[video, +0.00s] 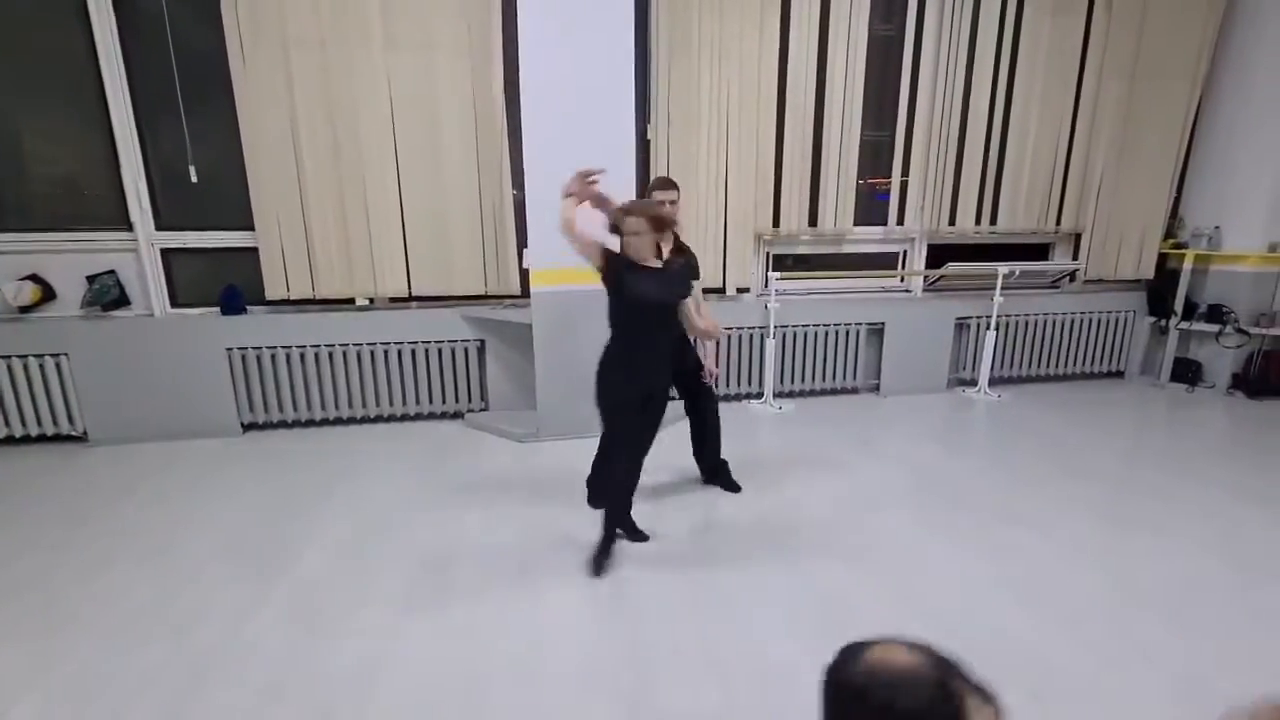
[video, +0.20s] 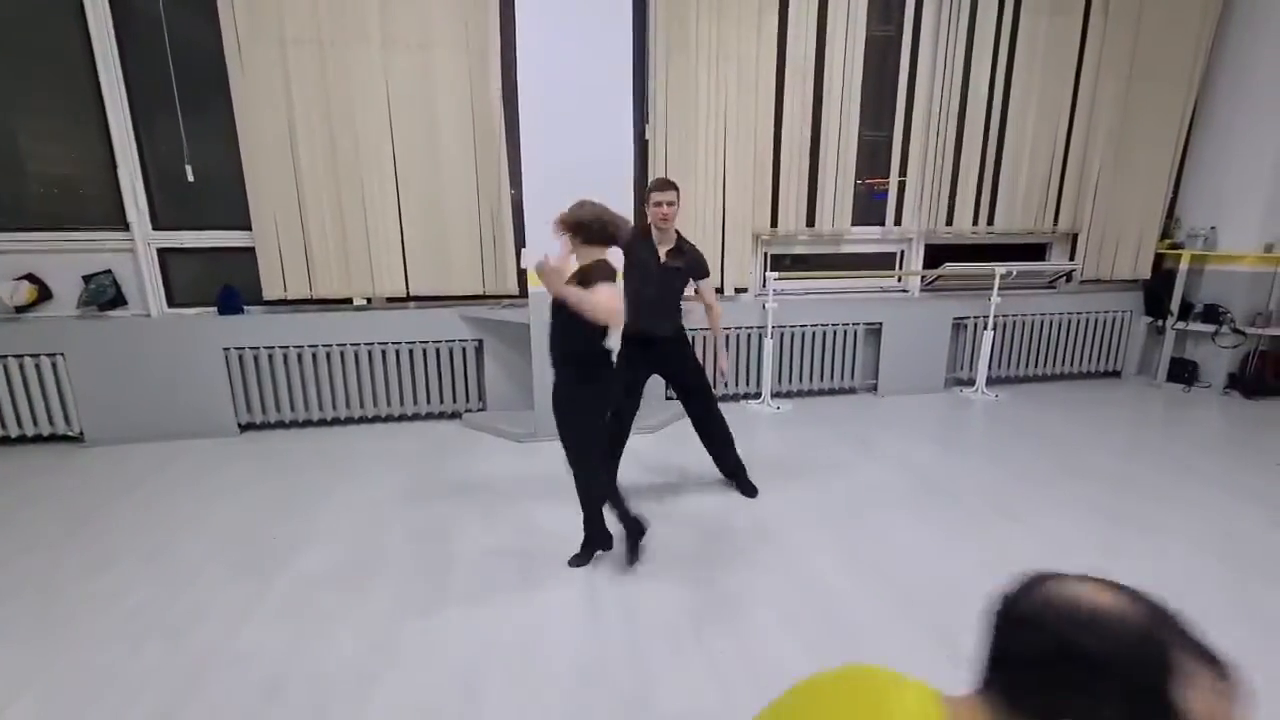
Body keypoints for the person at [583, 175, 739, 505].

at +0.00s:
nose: (668, 209)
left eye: (674, 202)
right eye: (661, 203)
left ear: (680, 205)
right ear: (648, 206)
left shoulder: (684, 255)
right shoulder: (634, 244)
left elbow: (696, 306)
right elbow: (614, 213)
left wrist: (708, 354)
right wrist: (594, 196)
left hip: (678, 338)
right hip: (643, 337)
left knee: (703, 399)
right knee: (632, 412)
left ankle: (711, 466)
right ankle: (608, 487)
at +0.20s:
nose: (664, 211)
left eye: (670, 204)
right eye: (657, 204)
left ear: (678, 208)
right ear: (646, 208)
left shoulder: (689, 254)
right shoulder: (632, 240)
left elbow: (711, 306)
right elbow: (595, 227)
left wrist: (720, 351)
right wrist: (571, 222)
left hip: (673, 345)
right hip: (634, 345)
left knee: (705, 408)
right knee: (617, 417)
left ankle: (735, 471)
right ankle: (603, 483)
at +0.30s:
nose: (666, 210)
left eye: (673, 204)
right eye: (660, 204)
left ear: (682, 207)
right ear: (650, 208)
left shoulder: (701, 251)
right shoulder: (639, 246)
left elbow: (721, 301)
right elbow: (597, 268)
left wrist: (728, 347)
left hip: (679, 346)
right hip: (640, 344)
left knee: (705, 413)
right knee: (617, 412)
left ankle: (734, 478)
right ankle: (595, 478)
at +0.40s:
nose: (668, 209)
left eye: (674, 203)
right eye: (661, 204)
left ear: (684, 206)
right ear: (653, 209)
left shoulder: (703, 250)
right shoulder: (639, 251)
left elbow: (717, 300)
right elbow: (614, 291)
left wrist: (726, 345)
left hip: (688, 347)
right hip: (648, 346)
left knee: (713, 412)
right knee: (617, 414)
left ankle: (732, 475)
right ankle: (580, 479)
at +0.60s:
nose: (667, 209)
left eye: (673, 202)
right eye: (660, 203)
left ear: (683, 206)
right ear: (651, 208)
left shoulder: (700, 252)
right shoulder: (639, 249)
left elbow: (708, 302)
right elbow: (613, 293)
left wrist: (718, 351)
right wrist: (601, 320)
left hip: (687, 345)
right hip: (649, 345)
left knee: (710, 410)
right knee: (620, 418)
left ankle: (730, 475)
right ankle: (580, 487)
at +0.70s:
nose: (667, 209)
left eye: (673, 203)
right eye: (660, 204)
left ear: (682, 206)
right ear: (651, 208)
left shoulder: (700, 252)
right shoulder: (638, 250)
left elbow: (708, 302)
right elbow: (611, 291)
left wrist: (718, 351)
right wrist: (591, 318)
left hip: (686, 347)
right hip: (648, 346)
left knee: (708, 412)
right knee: (618, 416)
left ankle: (730, 475)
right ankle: (580, 487)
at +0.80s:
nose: (665, 212)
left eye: (671, 205)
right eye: (658, 206)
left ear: (681, 206)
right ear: (649, 209)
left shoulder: (699, 253)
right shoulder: (637, 251)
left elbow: (710, 304)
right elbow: (608, 294)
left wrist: (718, 351)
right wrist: (582, 321)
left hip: (686, 348)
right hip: (647, 347)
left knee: (708, 414)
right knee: (617, 418)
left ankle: (730, 475)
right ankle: (579, 488)